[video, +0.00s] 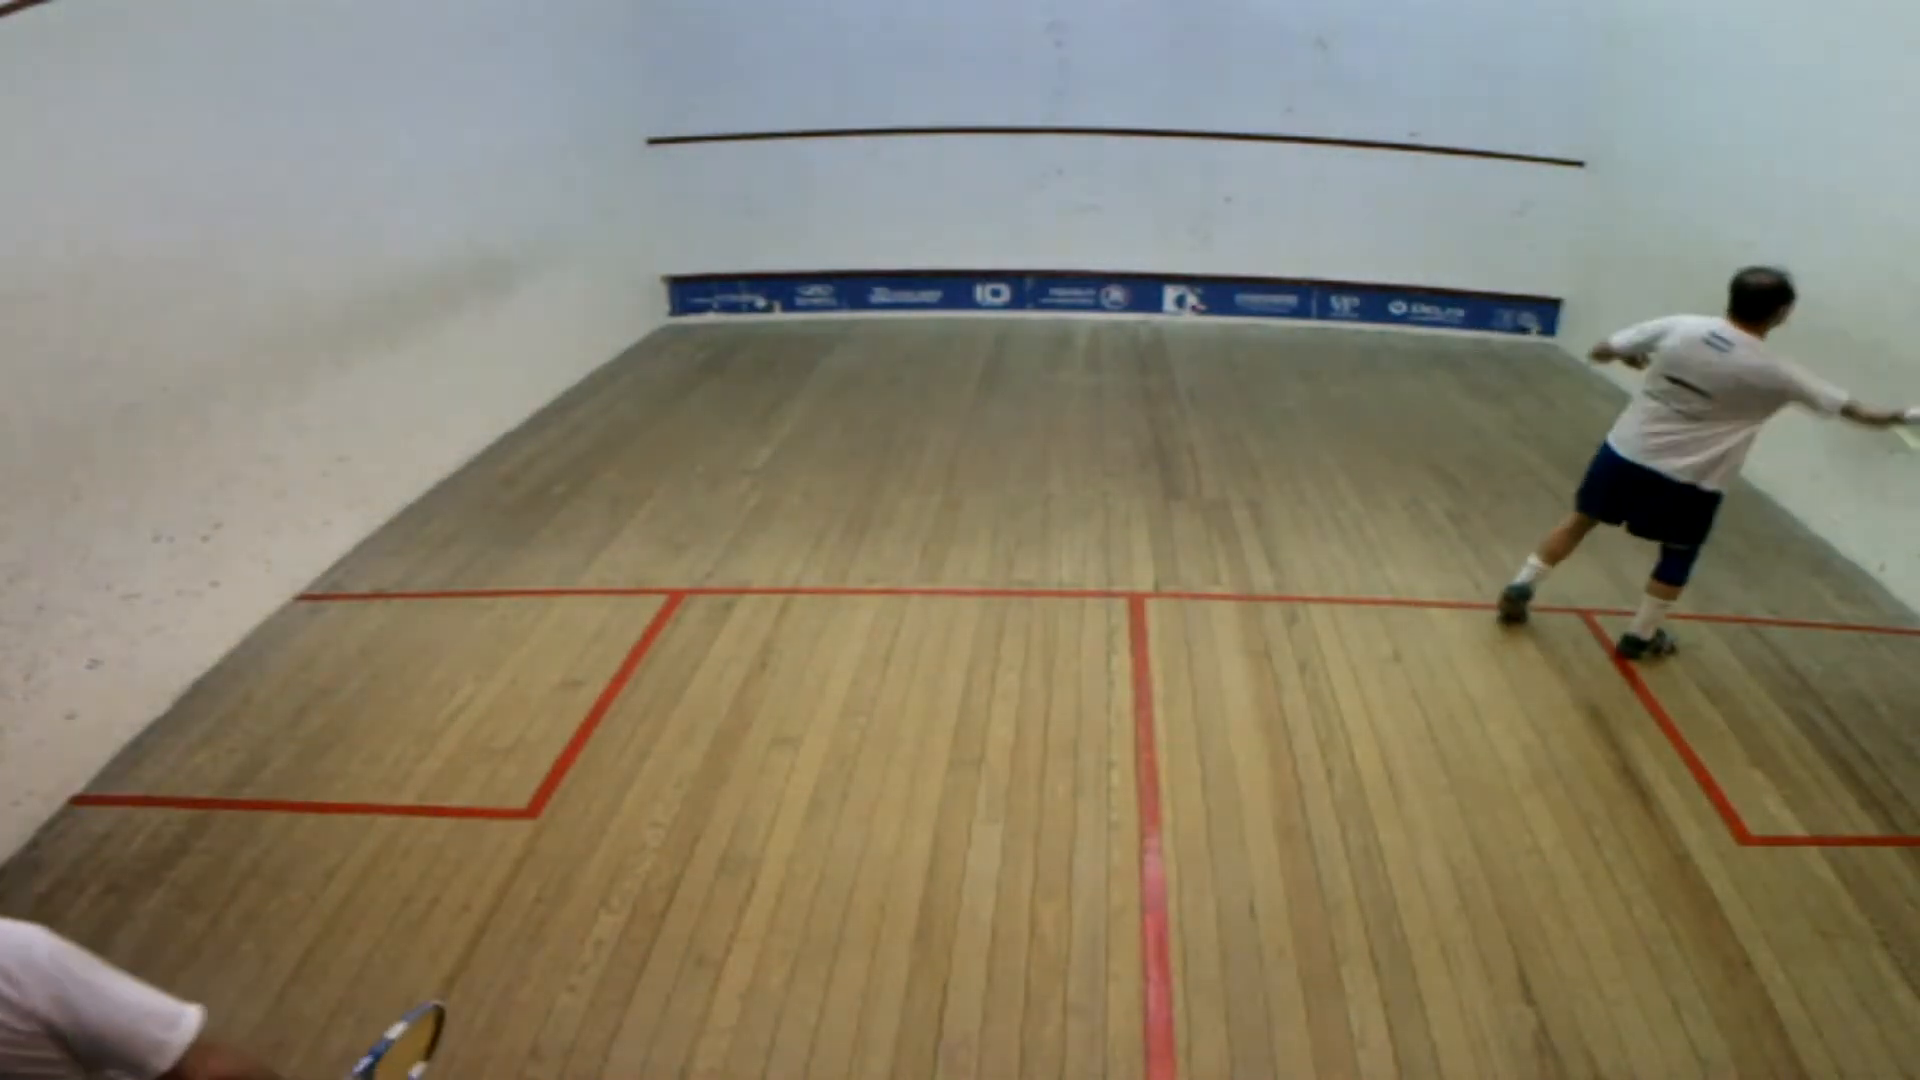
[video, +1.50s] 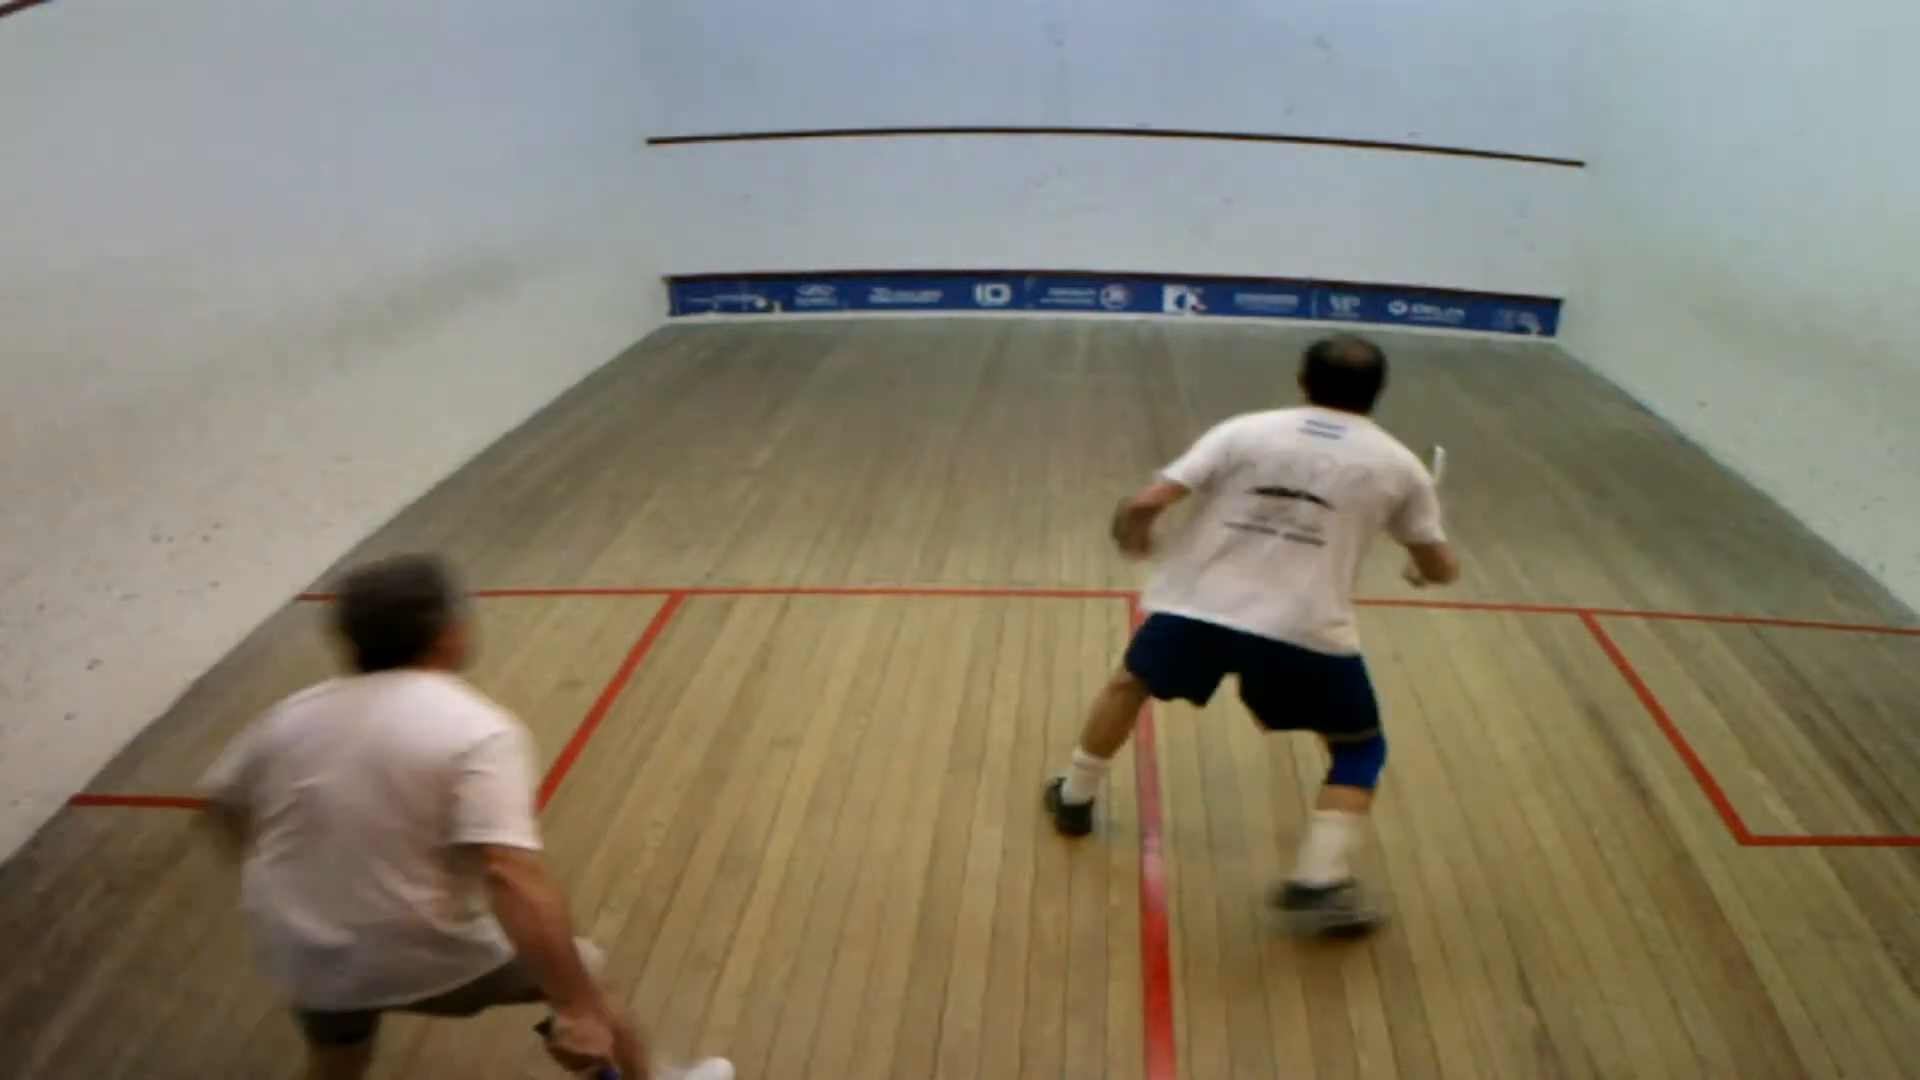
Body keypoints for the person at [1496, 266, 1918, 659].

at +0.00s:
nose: (1785, 321)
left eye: (1785, 313)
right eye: (1785, 315)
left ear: (1733, 300)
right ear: (1775, 316)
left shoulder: (1682, 329)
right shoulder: (1772, 371)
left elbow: (1612, 348)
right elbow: (1841, 407)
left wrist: (1610, 353)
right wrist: (1897, 417)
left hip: (1625, 454)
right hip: (1690, 484)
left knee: (1579, 521)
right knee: (1676, 560)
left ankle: (1520, 586)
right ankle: (1639, 636)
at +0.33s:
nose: (1669, 303)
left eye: (1671, 298)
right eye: (1674, 298)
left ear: (1676, 304)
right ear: (1724, 307)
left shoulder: (1677, 357)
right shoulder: (1736, 347)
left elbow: (1621, 422)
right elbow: (1653, 348)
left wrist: (1581, 400)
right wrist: (1594, 348)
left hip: (1654, 486)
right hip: (1712, 493)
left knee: (1571, 509)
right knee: (1675, 559)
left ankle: (1577, 603)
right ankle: (1655, 639)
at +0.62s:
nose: (1553, 316)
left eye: (1562, 312)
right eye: (1558, 310)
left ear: (1581, 325)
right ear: (1599, 326)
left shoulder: (1593, 379)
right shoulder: (1620, 362)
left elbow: (1599, 465)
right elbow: (1574, 416)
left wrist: (1538, 450)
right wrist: (1512, 418)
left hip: (1609, 523)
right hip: (1633, 509)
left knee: (1569, 602)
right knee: (1587, 583)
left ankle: (1637, 676)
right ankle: (1592, 635)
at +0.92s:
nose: (1390, 331)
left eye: (1402, 323)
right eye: (1393, 321)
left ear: (1442, 333)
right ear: (1448, 334)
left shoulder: (1435, 392)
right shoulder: (1494, 374)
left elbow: (1439, 482)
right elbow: (1488, 457)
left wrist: (1395, 482)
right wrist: (1408, 468)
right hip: (1502, 530)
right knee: (1405, 590)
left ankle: (1384, 711)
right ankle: (1413, 668)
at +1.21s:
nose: (1309, 315)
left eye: (1312, 307)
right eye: (1314, 307)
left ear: (1320, 312)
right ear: (1383, 316)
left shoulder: (1289, 375)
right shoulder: (1430, 385)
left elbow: (1243, 467)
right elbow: (1458, 474)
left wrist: (1285, 487)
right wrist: (1400, 490)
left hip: (1295, 550)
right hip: (1383, 553)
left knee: (1212, 636)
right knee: (1373, 635)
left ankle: (1222, 754)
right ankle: (1368, 717)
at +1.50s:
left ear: (1304, 384)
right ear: (1374, 397)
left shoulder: (1245, 432)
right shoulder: (1395, 466)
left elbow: (1144, 504)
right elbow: (1439, 566)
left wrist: (1133, 539)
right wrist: (1421, 566)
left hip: (1200, 607)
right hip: (1305, 629)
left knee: (1130, 684)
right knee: (1358, 748)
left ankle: (1075, 796)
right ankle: (1318, 880)